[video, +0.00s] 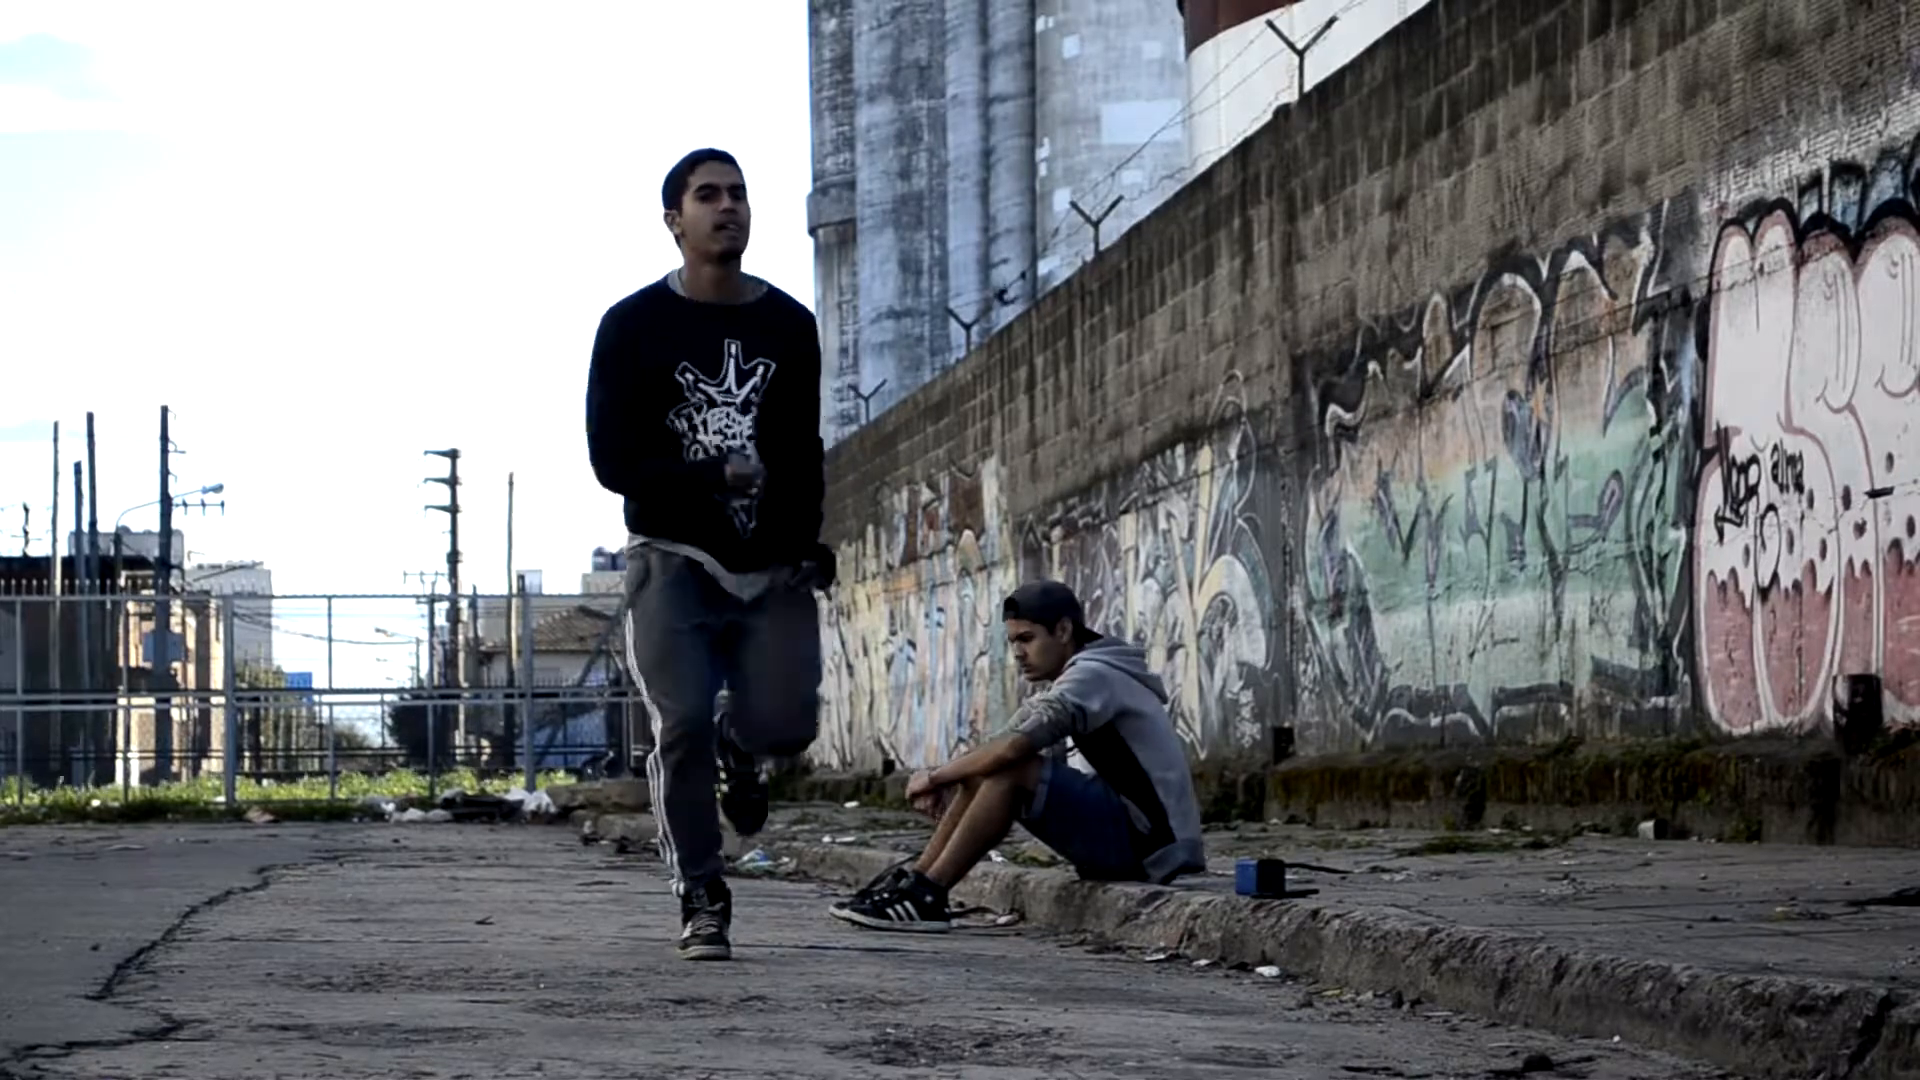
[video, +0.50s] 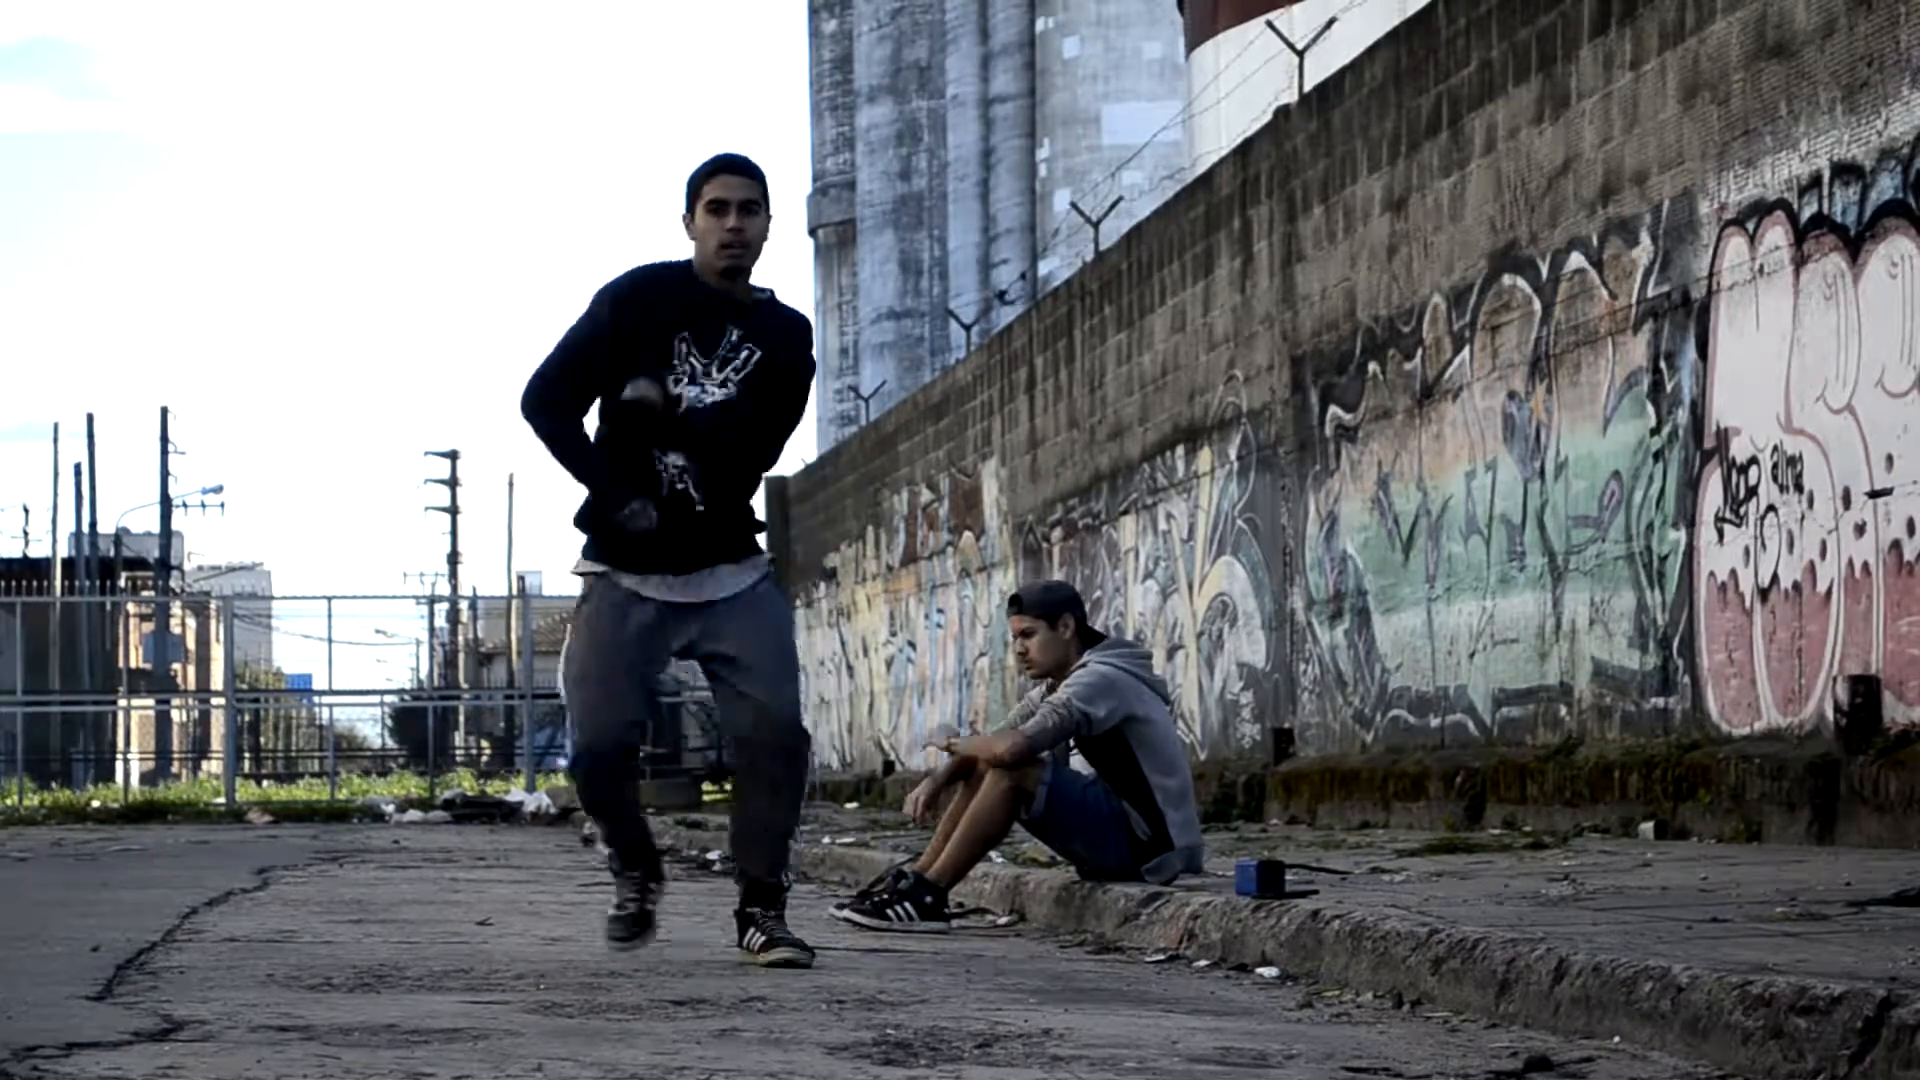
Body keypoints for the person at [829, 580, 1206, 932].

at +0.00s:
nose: (1017, 655)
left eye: (1025, 640)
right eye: (1013, 643)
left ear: (1064, 631)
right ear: (1061, 634)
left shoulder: (1094, 672)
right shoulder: (1077, 676)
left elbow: (1012, 749)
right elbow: (1015, 751)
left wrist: (936, 776)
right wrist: (946, 783)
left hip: (1150, 846)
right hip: (1124, 837)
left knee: (1012, 770)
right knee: (983, 767)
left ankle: (933, 895)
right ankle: (914, 883)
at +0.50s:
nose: (1019, 650)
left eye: (1028, 636)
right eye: (1015, 639)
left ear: (1067, 628)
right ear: (1061, 632)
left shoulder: (1101, 676)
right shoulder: (1064, 684)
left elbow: (1011, 751)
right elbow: (999, 743)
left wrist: (957, 749)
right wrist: (942, 776)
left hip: (1151, 848)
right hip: (1120, 839)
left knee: (1013, 771)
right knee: (983, 767)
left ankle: (933, 895)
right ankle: (915, 882)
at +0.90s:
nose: (1030, 641)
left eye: (1041, 629)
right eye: (1026, 630)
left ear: (1080, 626)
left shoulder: (1104, 672)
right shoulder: (1060, 673)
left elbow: (1010, 737)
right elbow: (990, 730)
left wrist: (1001, 721)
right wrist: (936, 793)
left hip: (1146, 845)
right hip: (1115, 834)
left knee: (1012, 766)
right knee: (988, 755)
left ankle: (932, 894)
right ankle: (915, 880)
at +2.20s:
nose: (1038, 639)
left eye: (1050, 628)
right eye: (1034, 627)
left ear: (1088, 626)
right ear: (1031, 625)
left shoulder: (1110, 677)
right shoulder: (1062, 678)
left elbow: (1018, 750)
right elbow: (997, 734)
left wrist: (938, 768)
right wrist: (940, 767)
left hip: (1148, 845)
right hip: (1116, 834)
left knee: (1013, 772)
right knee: (982, 764)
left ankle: (932, 895)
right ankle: (913, 883)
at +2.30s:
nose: (1037, 642)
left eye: (1048, 632)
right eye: (1033, 630)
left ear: (1087, 631)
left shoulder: (1108, 677)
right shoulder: (1067, 677)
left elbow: (1017, 750)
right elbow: (999, 733)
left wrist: (941, 769)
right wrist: (940, 771)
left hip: (1147, 846)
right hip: (1116, 834)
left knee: (1013, 770)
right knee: (982, 761)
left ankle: (941, 893)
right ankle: (916, 882)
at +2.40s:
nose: (1034, 648)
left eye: (1046, 636)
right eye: (1030, 635)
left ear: (1085, 634)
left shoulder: (1107, 676)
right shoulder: (1068, 678)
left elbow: (1017, 748)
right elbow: (1000, 733)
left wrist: (941, 769)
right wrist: (934, 763)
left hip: (1151, 838)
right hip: (1122, 823)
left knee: (1016, 772)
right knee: (994, 763)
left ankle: (934, 893)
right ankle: (914, 882)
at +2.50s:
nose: (1033, 649)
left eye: (1044, 637)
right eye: (1029, 636)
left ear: (1084, 634)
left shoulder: (1104, 676)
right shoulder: (1075, 677)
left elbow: (1025, 743)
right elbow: (1016, 735)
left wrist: (943, 766)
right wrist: (945, 771)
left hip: (1149, 844)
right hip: (1119, 833)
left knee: (1016, 774)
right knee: (985, 767)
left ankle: (937, 892)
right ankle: (917, 882)